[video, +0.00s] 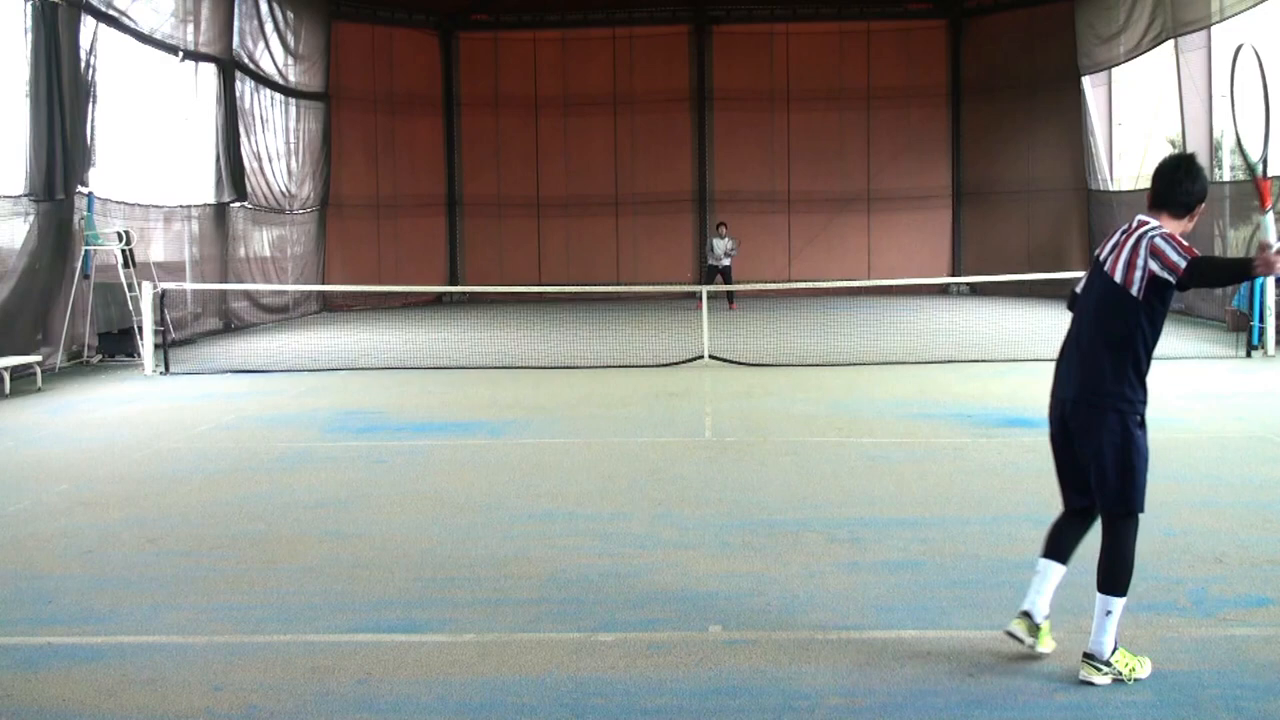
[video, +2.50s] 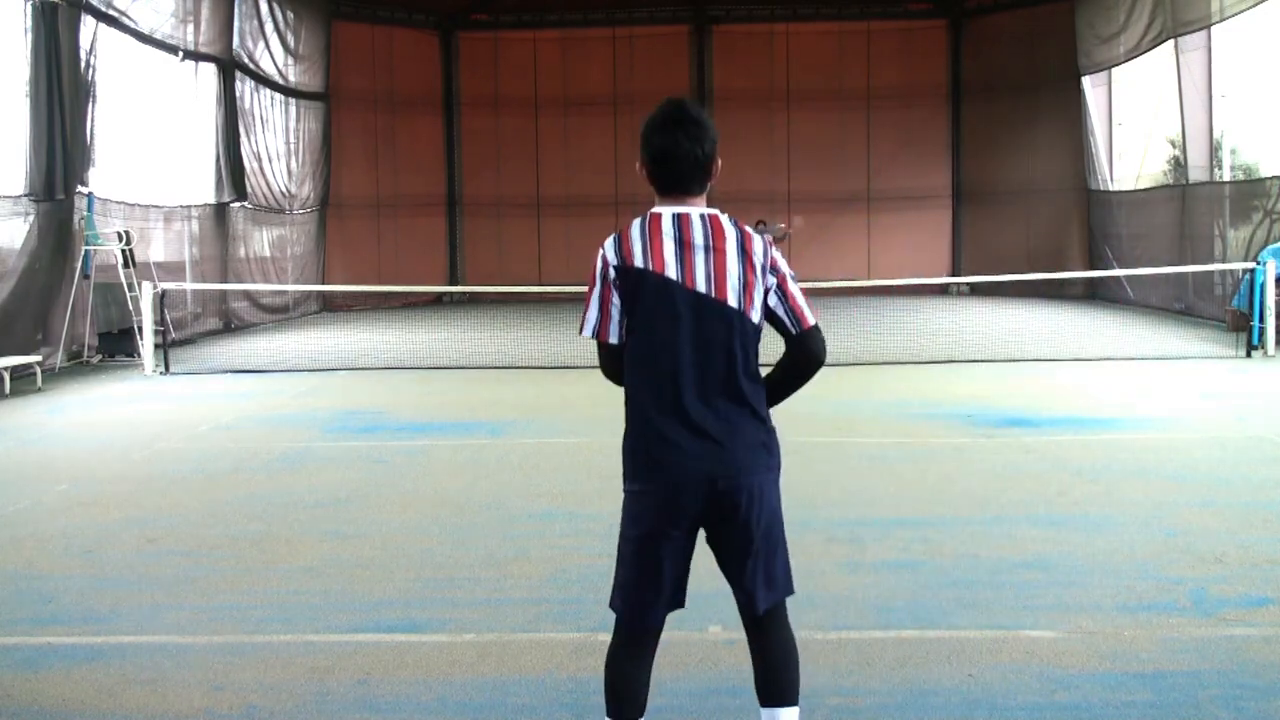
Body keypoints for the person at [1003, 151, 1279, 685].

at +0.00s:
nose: (1200, 218)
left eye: (1198, 211)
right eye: (1202, 210)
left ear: (1150, 196)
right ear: (1196, 209)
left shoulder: (1121, 236)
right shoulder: (1159, 241)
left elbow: (1077, 298)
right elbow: (1196, 270)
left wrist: (1121, 319)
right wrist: (1252, 266)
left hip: (1069, 396)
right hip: (1113, 403)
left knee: (1081, 506)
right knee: (1122, 520)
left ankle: (1032, 612)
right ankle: (1101, 653)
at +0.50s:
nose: (1127, 237)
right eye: (1128, 230)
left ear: (1075, 216)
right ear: (1123, 235)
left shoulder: (1030, 242)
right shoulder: (1109, 299)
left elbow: (950, 255)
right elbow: (1075, 378)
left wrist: (968, 280)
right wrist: (1052, 428)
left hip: (971, 404)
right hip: (1028, 416)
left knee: (981, 519)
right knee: (1030, 520)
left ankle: (997, 642)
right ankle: (1054, 642)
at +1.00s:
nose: (986, 195)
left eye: (984, 186)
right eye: (1028, 194)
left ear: (978, 193)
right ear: (1033, 203)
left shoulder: (940, 245)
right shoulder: (1042, 268)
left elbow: (905, 325)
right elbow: (1003, 314)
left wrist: (895, 388)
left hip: (937, 421)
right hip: (1000, 424)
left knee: (944, 532)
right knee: (991, 541)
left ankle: (957, 639)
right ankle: (974, 675)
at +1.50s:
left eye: (827, 198)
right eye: (867, 196)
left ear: (817, 207)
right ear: (875, 203)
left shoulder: (798, 280)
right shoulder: (911, 267)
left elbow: (782, 391)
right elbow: (967, 336)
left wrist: (798, 451)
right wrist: (974, 400)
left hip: (835, 466)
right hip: (909, 463)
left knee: (818, 592)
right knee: (941, 572)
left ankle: (820, 714)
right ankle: (968, 687)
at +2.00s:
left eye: (748, 191)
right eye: (802, 189)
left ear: (741, 201)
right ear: (807, 201)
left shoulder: (714, 273)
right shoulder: (841, 272)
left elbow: (699, 382)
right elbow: (886, 370)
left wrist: (740, 370)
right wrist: (836, 418)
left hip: (741, 475)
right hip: (819, 476)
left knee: (701, 615)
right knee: (813, 623)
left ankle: (672, 714)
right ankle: (808, 719)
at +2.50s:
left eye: (648, 160)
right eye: (714, 157)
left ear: (644, 171)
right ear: (716, 168)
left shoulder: (620, 250)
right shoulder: (754, 247)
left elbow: (614, 364)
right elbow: (811, 347)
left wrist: (671, 381)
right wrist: (757, 398)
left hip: (658, 463)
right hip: (744, 460)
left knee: (637, 621)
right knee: (766, 611)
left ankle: (622, 717)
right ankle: (782, 717)